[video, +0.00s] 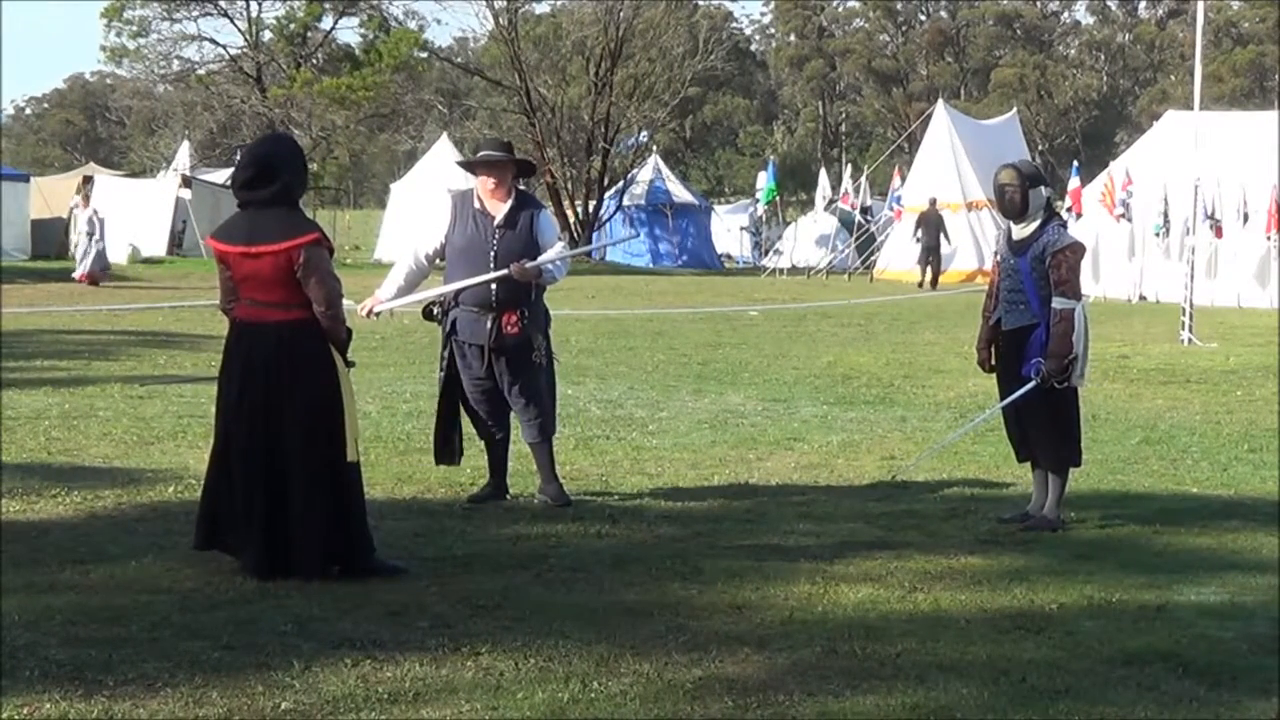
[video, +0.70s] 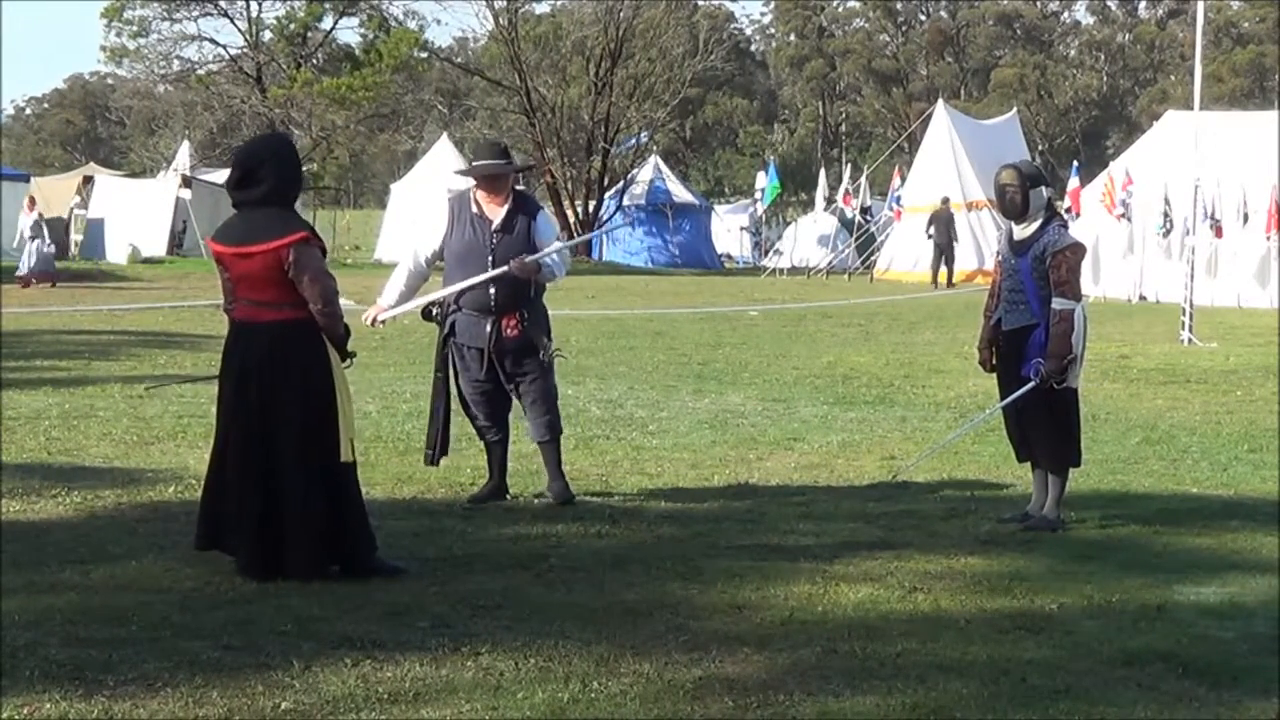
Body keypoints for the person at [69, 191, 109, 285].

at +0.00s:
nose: (83, 203)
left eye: (84, 201)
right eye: (81, 201)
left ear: (87, 201)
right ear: (80, 201)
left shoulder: (91, 211)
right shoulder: (79, 211)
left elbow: (98, 224)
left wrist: (98, 236)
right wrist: (72, 207)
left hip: (89, 236)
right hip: (80, 235)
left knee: (85, 255)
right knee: (80, 254)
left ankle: (85, 274)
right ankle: (81, 273)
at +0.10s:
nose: (73, 205)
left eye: (74, 203)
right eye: (72, 202)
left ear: (78, 203)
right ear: (71, 202)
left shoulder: (82, 212)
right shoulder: (71, 213)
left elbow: (86, 226)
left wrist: (80, 236)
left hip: (80, 238)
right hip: (72, 239)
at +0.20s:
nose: (67, 205)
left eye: (68, 203)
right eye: (66, 203)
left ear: (72, 204)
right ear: (65, 204)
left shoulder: (75, 213)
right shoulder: (64, 215)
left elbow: (78, 227)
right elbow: (66, 229)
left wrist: (71, 237)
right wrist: (65, 238)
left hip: (77, 240)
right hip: (68, 240)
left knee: (78, 259)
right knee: (60, 258)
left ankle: (78, 279)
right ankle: (58, 277)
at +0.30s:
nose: (57, 205)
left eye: (59, 203)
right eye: (56, 203)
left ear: (62, 204)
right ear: (54, 204)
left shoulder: (64, 213)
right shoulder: (53, 214)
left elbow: (68, 227)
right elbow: (56, 228)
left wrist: (61, 237)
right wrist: (56, 238)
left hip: (67, 239)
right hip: (58, 239)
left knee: (70, 258)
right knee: (57, 257)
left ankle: (73, 278)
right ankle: (57, 277)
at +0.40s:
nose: (53, 202)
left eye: (54, 200)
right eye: (51, 200)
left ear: (57, 201)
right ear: (50, 201)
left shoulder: (60, 211)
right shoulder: (48, 213)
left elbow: (64, 226)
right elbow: (48, 227)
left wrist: (57, 237)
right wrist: (47, 238)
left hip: (61, 239)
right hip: (52, 239)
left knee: (60, 257)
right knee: (52, 258)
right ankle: (53, 277)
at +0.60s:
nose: (38, 204)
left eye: (40, 202)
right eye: (37, 202)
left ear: (43, 203)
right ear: (34, 203)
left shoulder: (47, 212)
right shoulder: (32, 214)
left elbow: (53, 226)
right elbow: (28, 228)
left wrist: (54, 238)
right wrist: (24, 242)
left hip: (48, 239)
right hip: (37, 239)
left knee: (54, 257)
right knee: (36, 258)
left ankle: (57, 278)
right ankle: (34, 277)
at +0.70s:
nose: (28, 205)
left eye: (30, 203)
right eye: (27, 203)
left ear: (33, 204)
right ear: (24, 204)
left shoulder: (37, 214)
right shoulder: (23, 215)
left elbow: (44, 227)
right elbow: (19, 230)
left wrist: (47, 239)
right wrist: (16, 243)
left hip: (38, 239)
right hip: (29, 240)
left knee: (42, 259)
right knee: (28, 258)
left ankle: (53, 277)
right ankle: (26, 279)